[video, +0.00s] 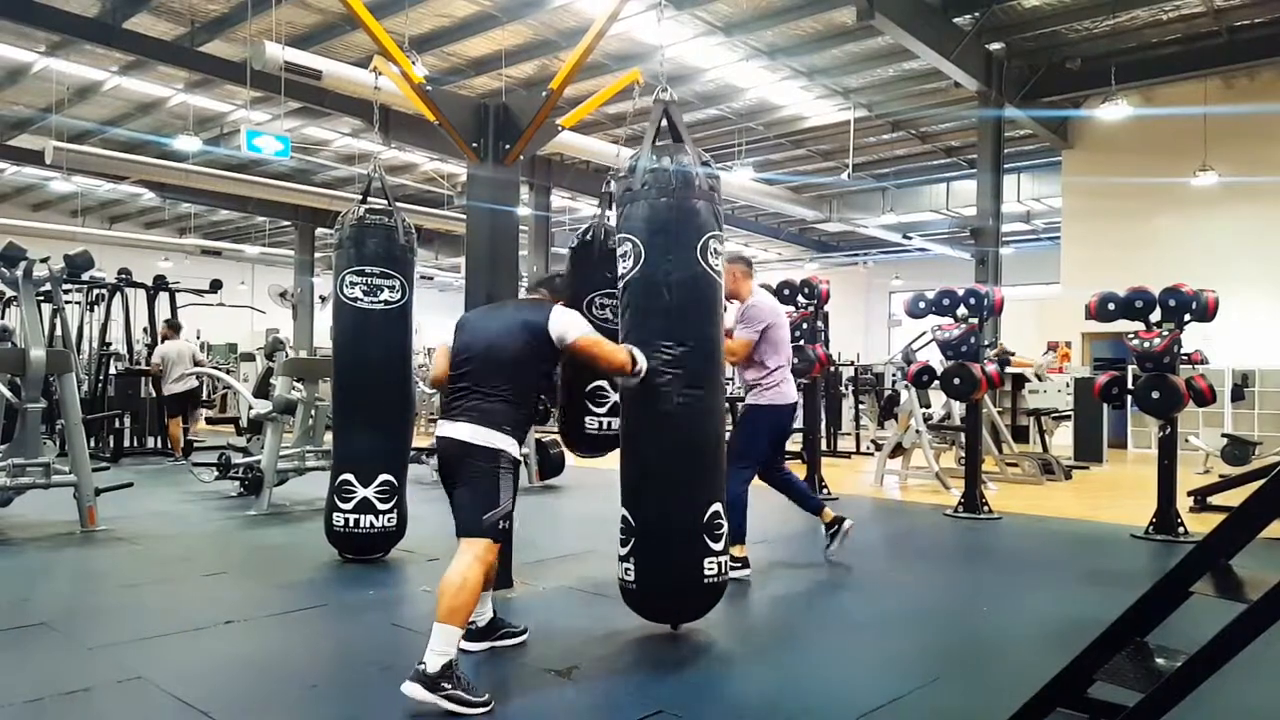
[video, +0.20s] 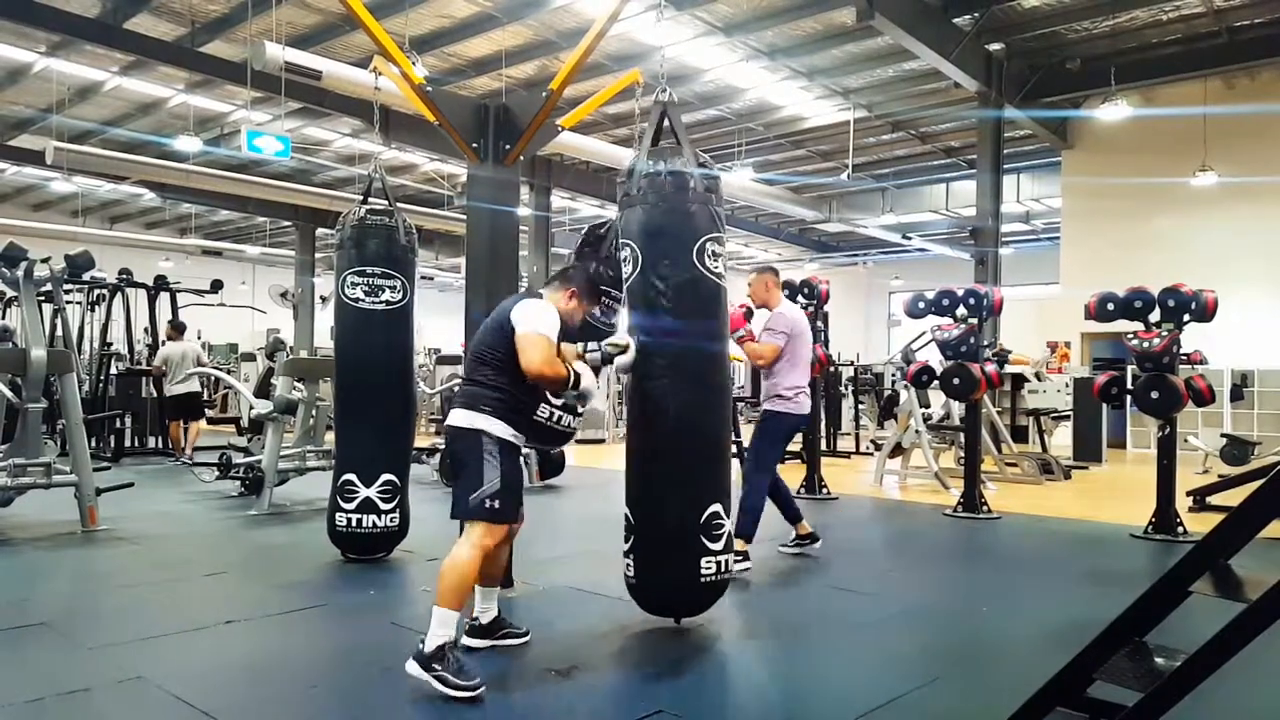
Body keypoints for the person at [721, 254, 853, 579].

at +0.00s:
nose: (721, 284)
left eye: (723, 277)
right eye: (721, 277)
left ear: (737, 276)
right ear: (744, 275)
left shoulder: (755, 306)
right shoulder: (765, 303)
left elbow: (737, 353)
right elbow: (738, 345)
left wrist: (710, 337)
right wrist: (722, 335)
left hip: (764, 402)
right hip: (782, 401)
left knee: (735, 475)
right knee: (771, 469)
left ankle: (736, 553)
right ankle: (830, 520)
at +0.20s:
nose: (749, 294)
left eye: (751, 287)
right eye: (749, 288)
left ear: (769, 284)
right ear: (772, 285)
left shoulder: (783, 315)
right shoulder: (790, 315)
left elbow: (763, 357)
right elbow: (764, 357)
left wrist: (741, 334)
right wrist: (745, 335)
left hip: (782, 407)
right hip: (791, 406)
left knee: (756, 470)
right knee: (761, 469)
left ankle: (740, 547)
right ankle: (802, 530)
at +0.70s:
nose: (805, 298)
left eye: (808, 290)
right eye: (804, 292)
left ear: (828, 289)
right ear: (822, 292)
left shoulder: (849, 318)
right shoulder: (825, 323)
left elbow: (847, 363)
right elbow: (821, 365)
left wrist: (815, 353)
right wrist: (797, 347)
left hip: (852, 409)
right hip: (832, 408)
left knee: (853, 471)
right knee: (822, 462)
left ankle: (891, 533)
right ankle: (849, 515)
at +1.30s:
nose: (792, 310)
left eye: (792, 303)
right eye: (788, 306)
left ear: (807, 294)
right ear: (800, 300)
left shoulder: (829, 314)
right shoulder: (814, 320)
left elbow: (835, 354)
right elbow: (815, 356)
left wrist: (801, 339)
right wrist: (788, 339)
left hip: (833, 394)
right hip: (827, 394)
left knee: (810, 452)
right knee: (832, 455)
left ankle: (818, 525)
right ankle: (844, 517)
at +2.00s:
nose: (751, 318)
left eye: (754, 312)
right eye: (749, 313)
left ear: (770, 306)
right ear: (759, 310)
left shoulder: (798, 325)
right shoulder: (765, 330)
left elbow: (828, 353)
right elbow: (765, 362)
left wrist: (813, 367)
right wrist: (758, 371)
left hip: (800, 405)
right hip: (790, 404)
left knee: (769, 459)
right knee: (808, 459)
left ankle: (780, 529)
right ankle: (838, 508)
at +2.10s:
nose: (738, 310)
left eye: (741, 303)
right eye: (735, 305)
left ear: (758, 297)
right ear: (757, 300)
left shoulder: (771, 317)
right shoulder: (781, 315)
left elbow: (769, 353)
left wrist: (755, 363)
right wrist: (760, 368)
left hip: (788, 402)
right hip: (802, 399)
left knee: (765, 459)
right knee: (797, 457)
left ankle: (780, 529)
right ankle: (828, 506)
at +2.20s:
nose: (732, 303)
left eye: (734, 296)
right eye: (730, 298)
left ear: (750, 289)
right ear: (752, 290)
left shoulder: (759, 309)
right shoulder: (776, 306)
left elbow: (738, 335)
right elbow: (788, 348)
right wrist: (761, 361)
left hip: (785, 397)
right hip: (797, 394)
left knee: (764, 459)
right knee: (780, 455)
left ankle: (779, 530)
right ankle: (809, 505)